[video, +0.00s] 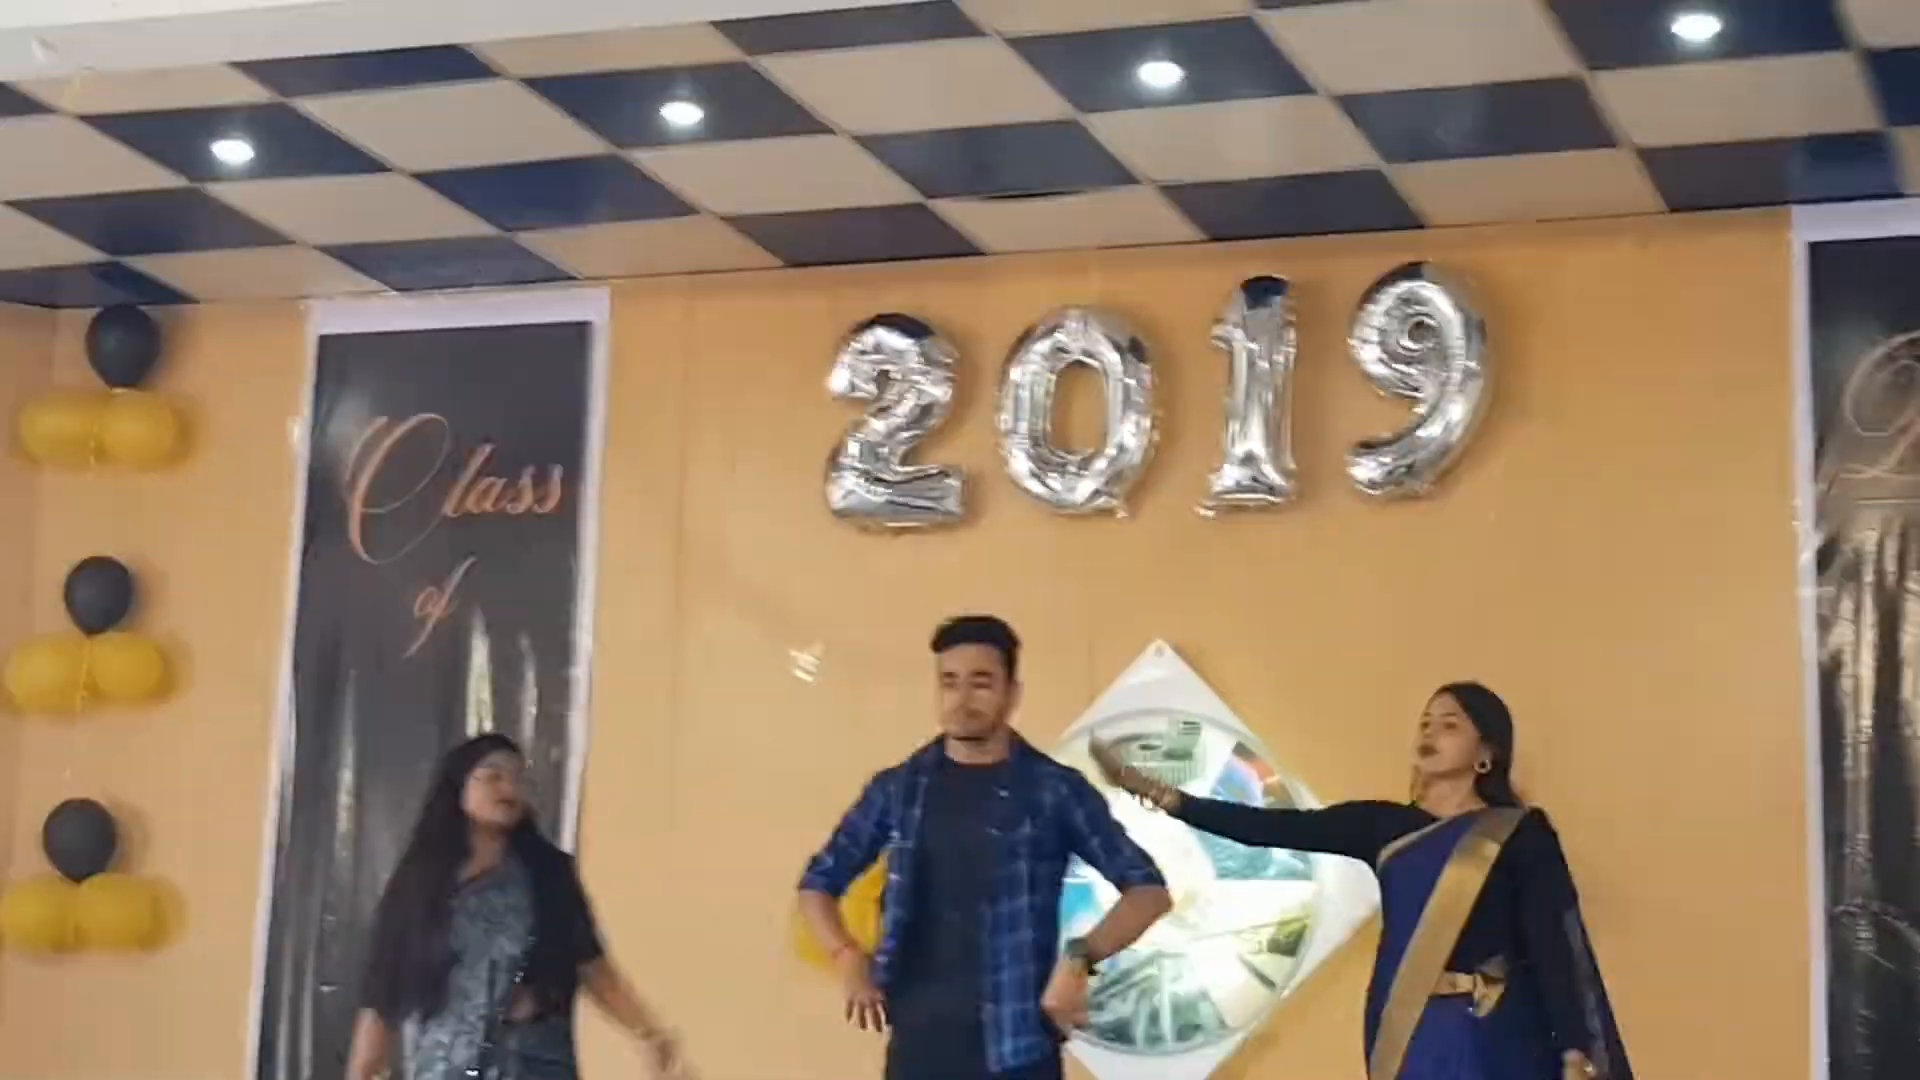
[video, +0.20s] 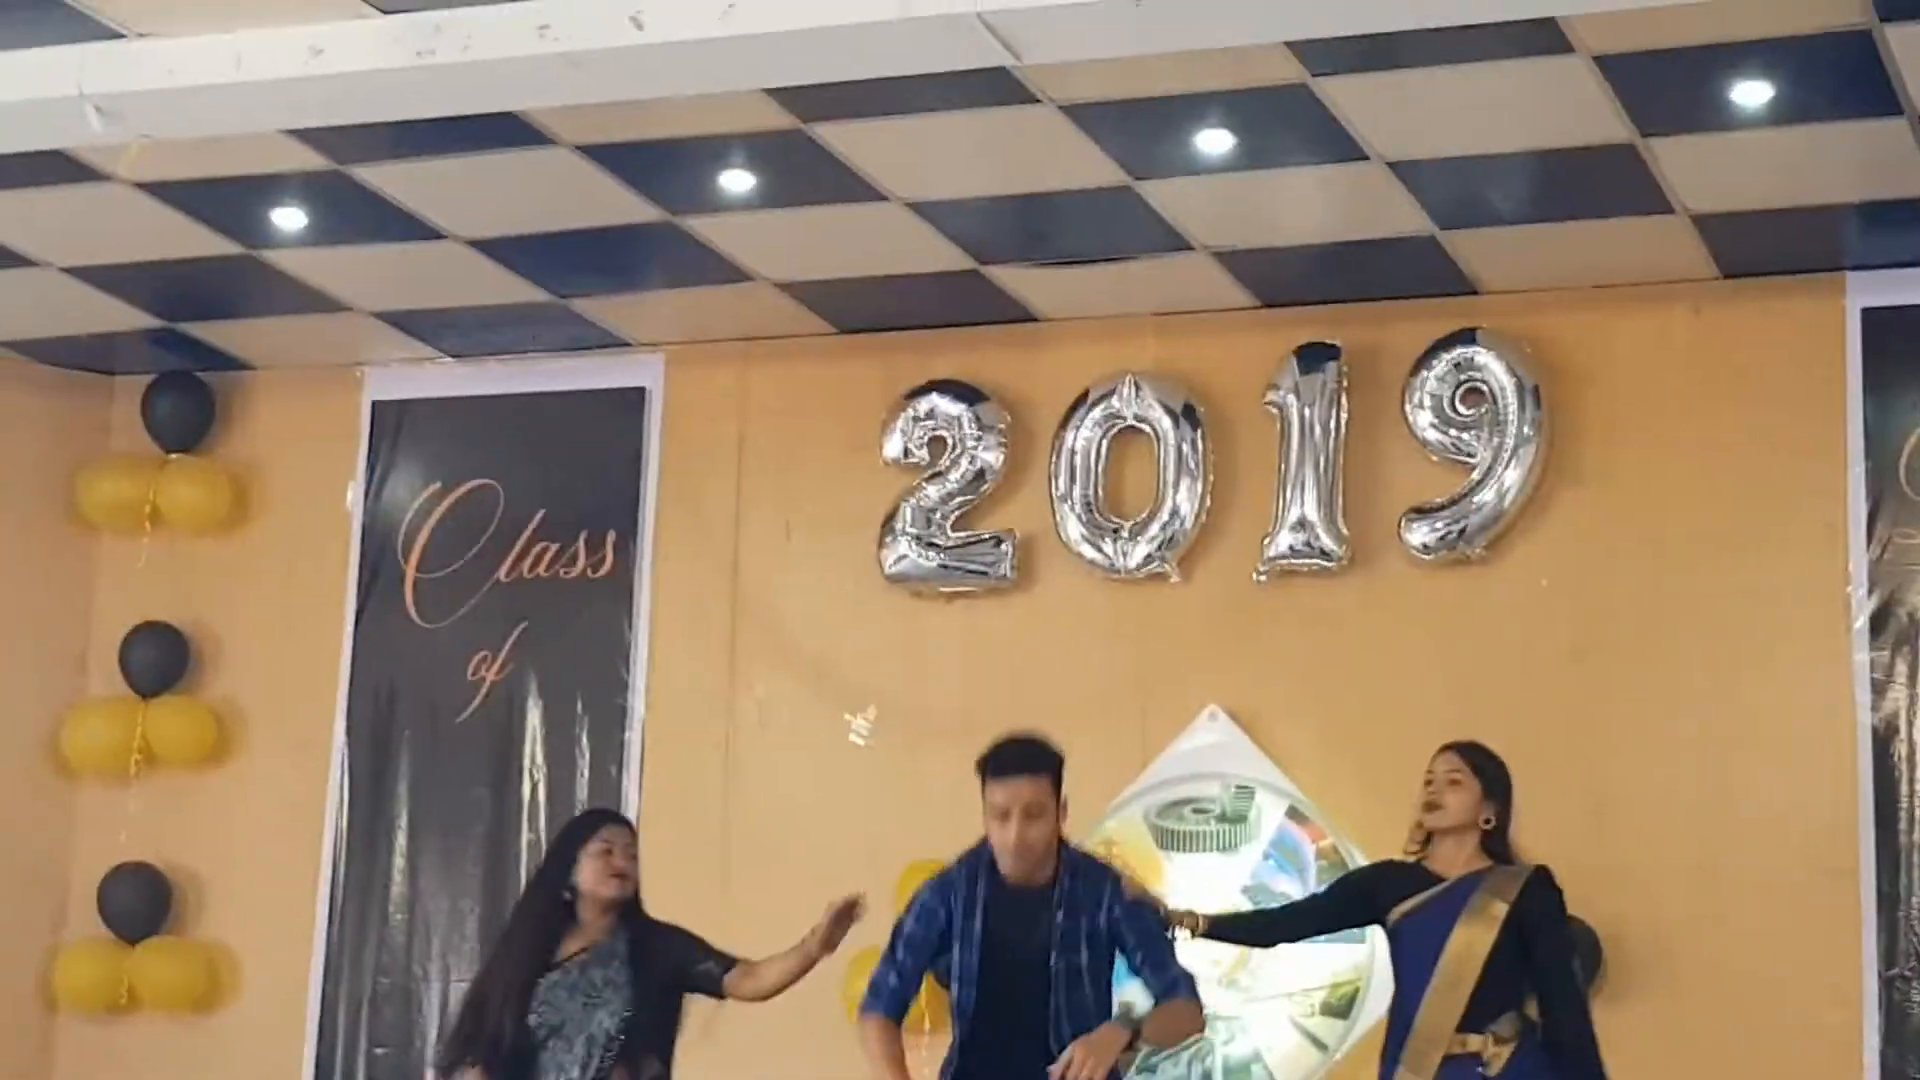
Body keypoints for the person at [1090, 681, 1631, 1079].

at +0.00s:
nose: (1426, 735)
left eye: (1446, 726)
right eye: (1423, 725)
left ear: (1488, 750)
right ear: (1416, 740)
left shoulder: (1522, 831)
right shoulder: (1385, 826)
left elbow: (1555, 948)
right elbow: (1270, 827)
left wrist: (1576, 1050)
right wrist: (1160, 793)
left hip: (1499, 1049)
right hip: (1401, 1048)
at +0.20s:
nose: (1432, 790)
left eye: (1452, 782)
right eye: (1428, 781)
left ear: (1490, 809)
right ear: (1420, 801)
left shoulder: (1526, 885)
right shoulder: (1388, 881)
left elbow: (1564, 1006)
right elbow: (1286, 923)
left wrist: (1585, 1074)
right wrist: (1187, 922)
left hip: (1508, 1063)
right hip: (1410, 1063)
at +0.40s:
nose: (1451, 824)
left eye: (1470, 814)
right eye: (1450, 814)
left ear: (1512, 840)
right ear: (1446, 828)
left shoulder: (1556, 921)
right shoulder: (1420, 913)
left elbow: (1583, 1039)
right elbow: (1340, 978)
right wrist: (1251, 1044)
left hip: (1510, 1070)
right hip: (1427, 1068)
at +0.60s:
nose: (1425, 822)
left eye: (1442, 810)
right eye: (1430, 809)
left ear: (1483, 833)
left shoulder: (1532, 908)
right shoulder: (1407, 918)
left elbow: (1573, 1043)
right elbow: (1328, 1008)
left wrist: (1502, 1068)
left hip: (1489, 1072)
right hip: (1419, 1070)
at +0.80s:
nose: (1384, 798)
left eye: (1402, 788)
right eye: (1390, 786)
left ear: (1442, 811)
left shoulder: (1492, 877)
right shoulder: (1375, 902)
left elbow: (1551, 999)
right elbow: (1279, 972)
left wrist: (1578, 1074)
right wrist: (1237, 880)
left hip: (1497, 1062)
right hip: (1413, 1067)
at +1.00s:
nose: (1383, 661)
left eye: (1398, 648)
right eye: (1376, 646)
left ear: (1431, 659)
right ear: (1366, 655)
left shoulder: (1470, 732)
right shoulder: (1352, 747)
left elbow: (1525, 826)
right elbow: (1237, 720)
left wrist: (1577, 925)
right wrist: (1142, 670)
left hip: (1501, 936)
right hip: (1410, 953)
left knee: (1535, 1059)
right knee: (1443, 1065)